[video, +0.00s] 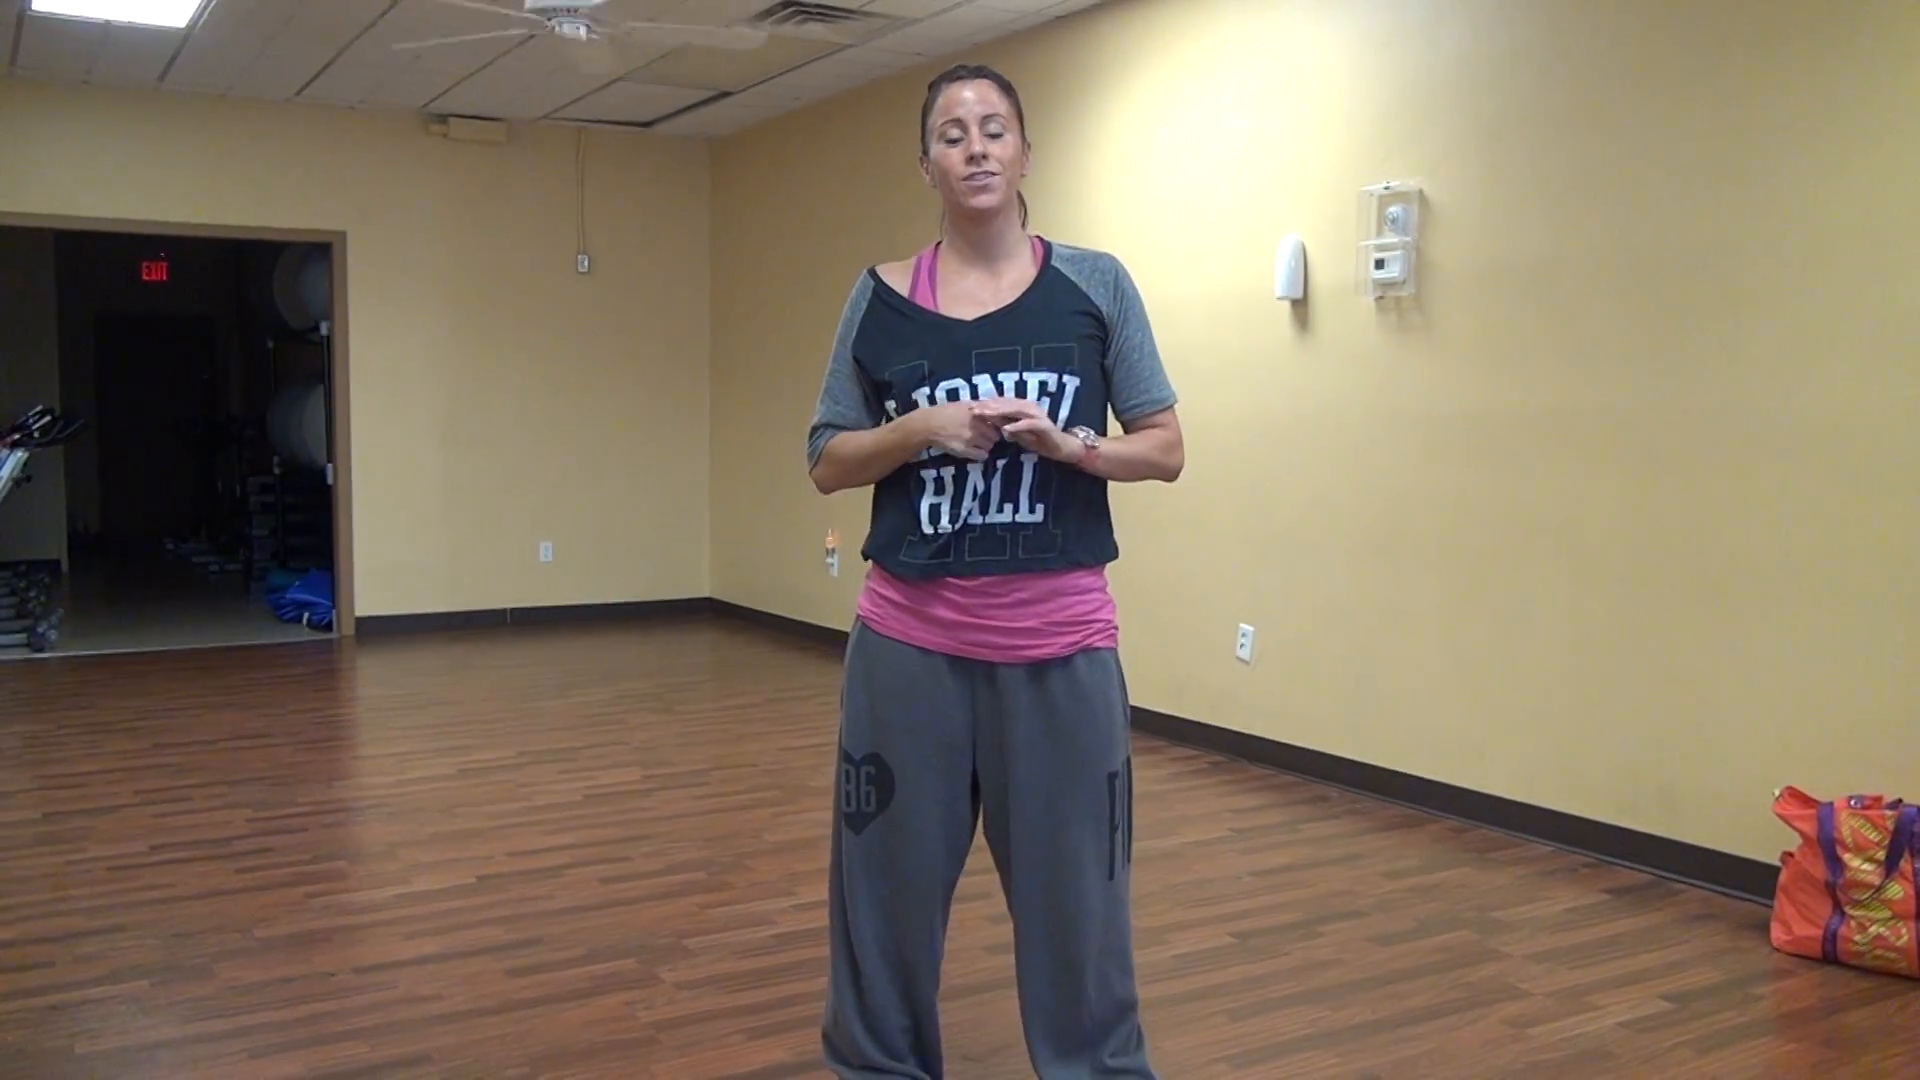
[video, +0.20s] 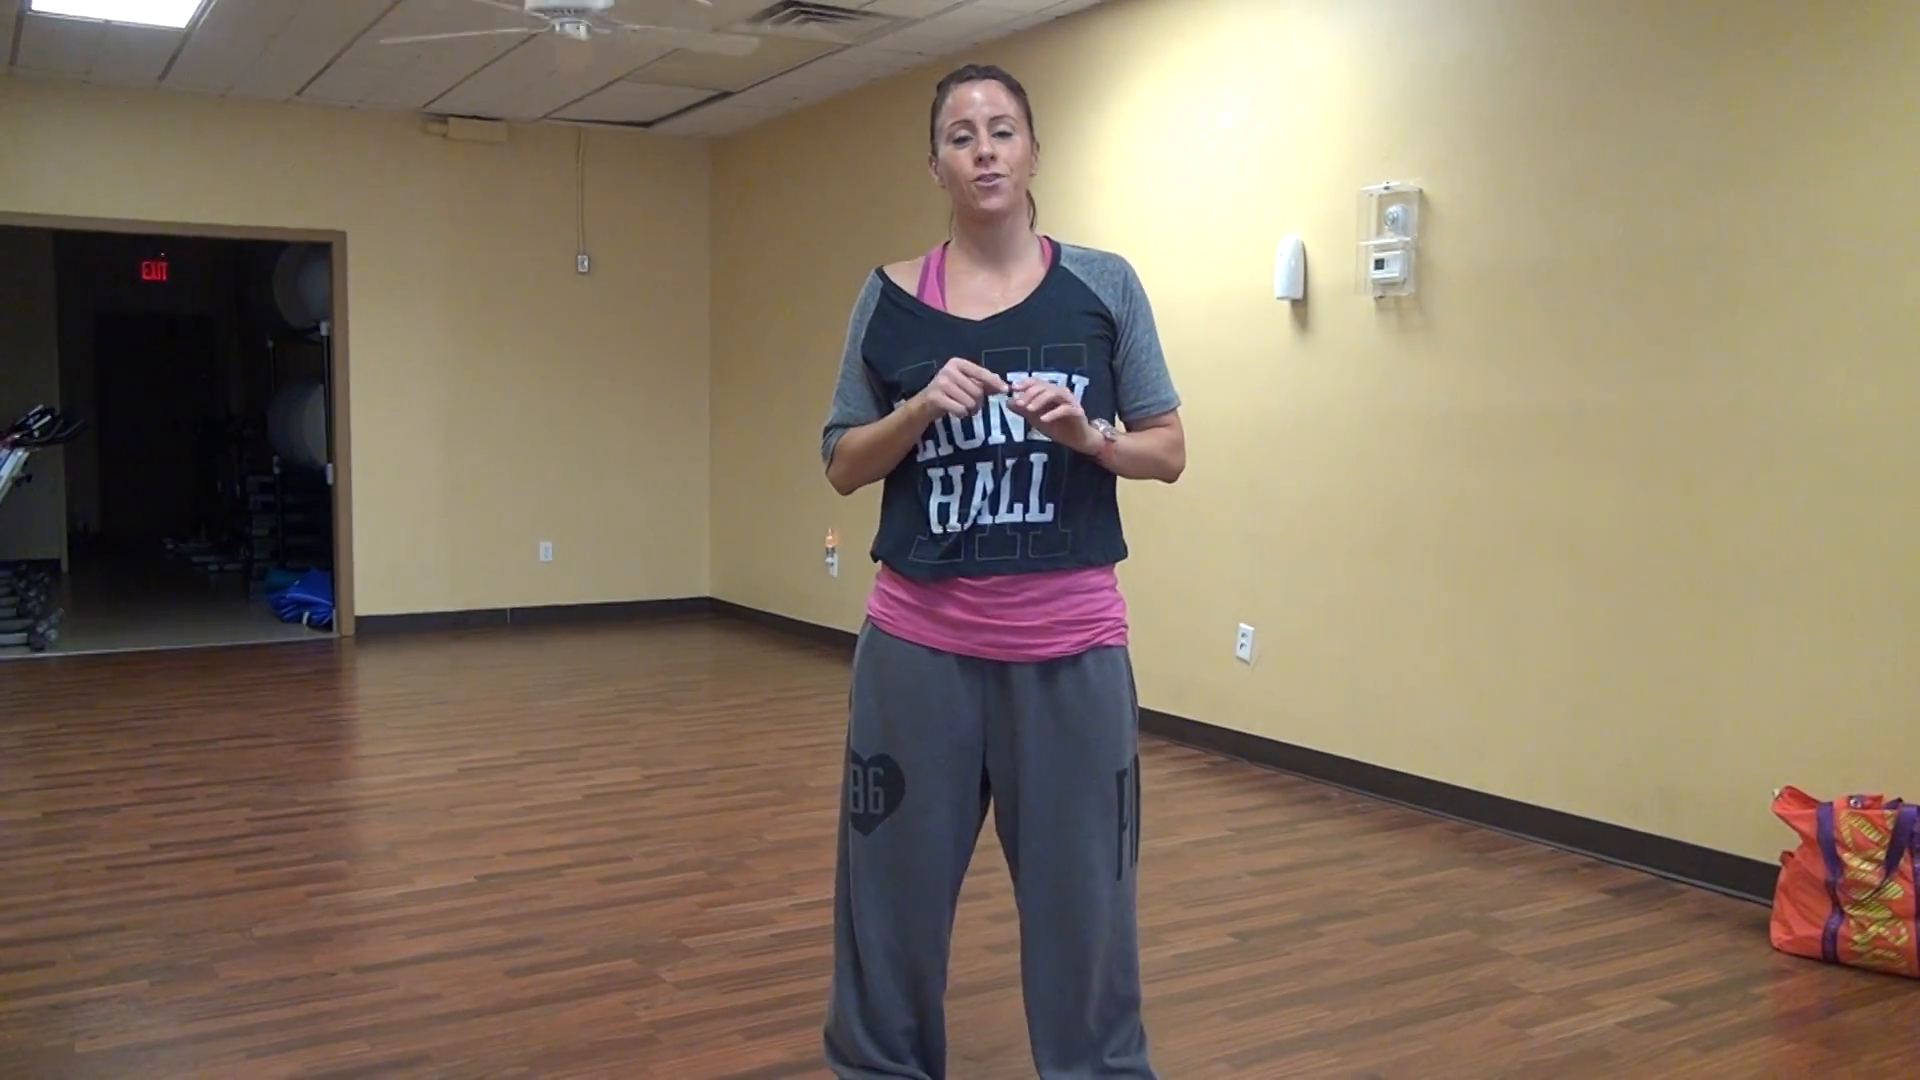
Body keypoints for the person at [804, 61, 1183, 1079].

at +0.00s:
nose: (975, 147)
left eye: (993, 128)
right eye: (952, 134)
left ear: (1025, 151)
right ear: (926, 162)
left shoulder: (1097, 282)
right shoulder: (883, 295)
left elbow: (1166, 449)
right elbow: (828, 465)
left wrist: (1071, 447)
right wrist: (919, 429)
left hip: (1061, 643)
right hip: (906, 642)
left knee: (1080, 909)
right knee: (884, 905)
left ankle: (1100, 1068)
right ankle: (882, 1068)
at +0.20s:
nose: (983, 149)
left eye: (1001, 130)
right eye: (961, 136)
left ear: (1034, 152)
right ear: (936, 164)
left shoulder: (1105, 282)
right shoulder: (893, 295)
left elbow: (1168, 451)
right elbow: (846, 467)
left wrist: (1094, 437)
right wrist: (919, 408)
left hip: (1070, 640)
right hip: (917, 640)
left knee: (1086, 907)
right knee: (890, 904)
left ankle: (1102, 1069)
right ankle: (882, 1068)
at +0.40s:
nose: (991, 153)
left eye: (1010, 133)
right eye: (969, 138)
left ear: (1040, 152)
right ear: (943, 164)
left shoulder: (1111, 284)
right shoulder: (897, 294)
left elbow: (1171, 453)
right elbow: (849, 466)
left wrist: (1106, 438)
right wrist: (910, 431)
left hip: (1077, 641)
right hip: (923, 640)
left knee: (1091, 905)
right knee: (893, 904)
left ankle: (1103, 1070)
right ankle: (884, 1069)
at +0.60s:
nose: (995, 152)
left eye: (1014, 132)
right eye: (973, 137)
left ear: (1044, 152)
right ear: (947, 163)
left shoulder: (1113, 286)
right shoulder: (899, 293)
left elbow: (1170, 453)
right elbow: (846, 461)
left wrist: (1110, 440)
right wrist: (914, 435)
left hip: (1078, 642)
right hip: (925, 641)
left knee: (1092, 904)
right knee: (895, 900)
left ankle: (1103, 1070)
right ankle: (883, 1069)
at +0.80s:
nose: (999, 154)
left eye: (1017, 135)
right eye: (976, 140)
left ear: (1047, 155)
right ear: (950, 167)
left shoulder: (1115, 289)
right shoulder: (902, 294)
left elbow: (1170, 460)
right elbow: (850, 461)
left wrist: (1114, 441)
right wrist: (925, 440)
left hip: (1079, 646)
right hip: (926, 644)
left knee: (1092, 907)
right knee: (895, 903)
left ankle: (1104, 1069)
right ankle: (884, 1069)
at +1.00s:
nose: (1009, 159)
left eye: (1027, 138)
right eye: (986, 143)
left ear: (1057, 159)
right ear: (960, 170)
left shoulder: (1123, 294)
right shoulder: (909, 296)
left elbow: (1176, 465)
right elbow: (852, 462)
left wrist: (1123, 447)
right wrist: (940, 427)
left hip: (1088, 649)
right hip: (933, 646)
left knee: (1101, 910)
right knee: (904, 907)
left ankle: (1112, 1071)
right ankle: (892, 1070)